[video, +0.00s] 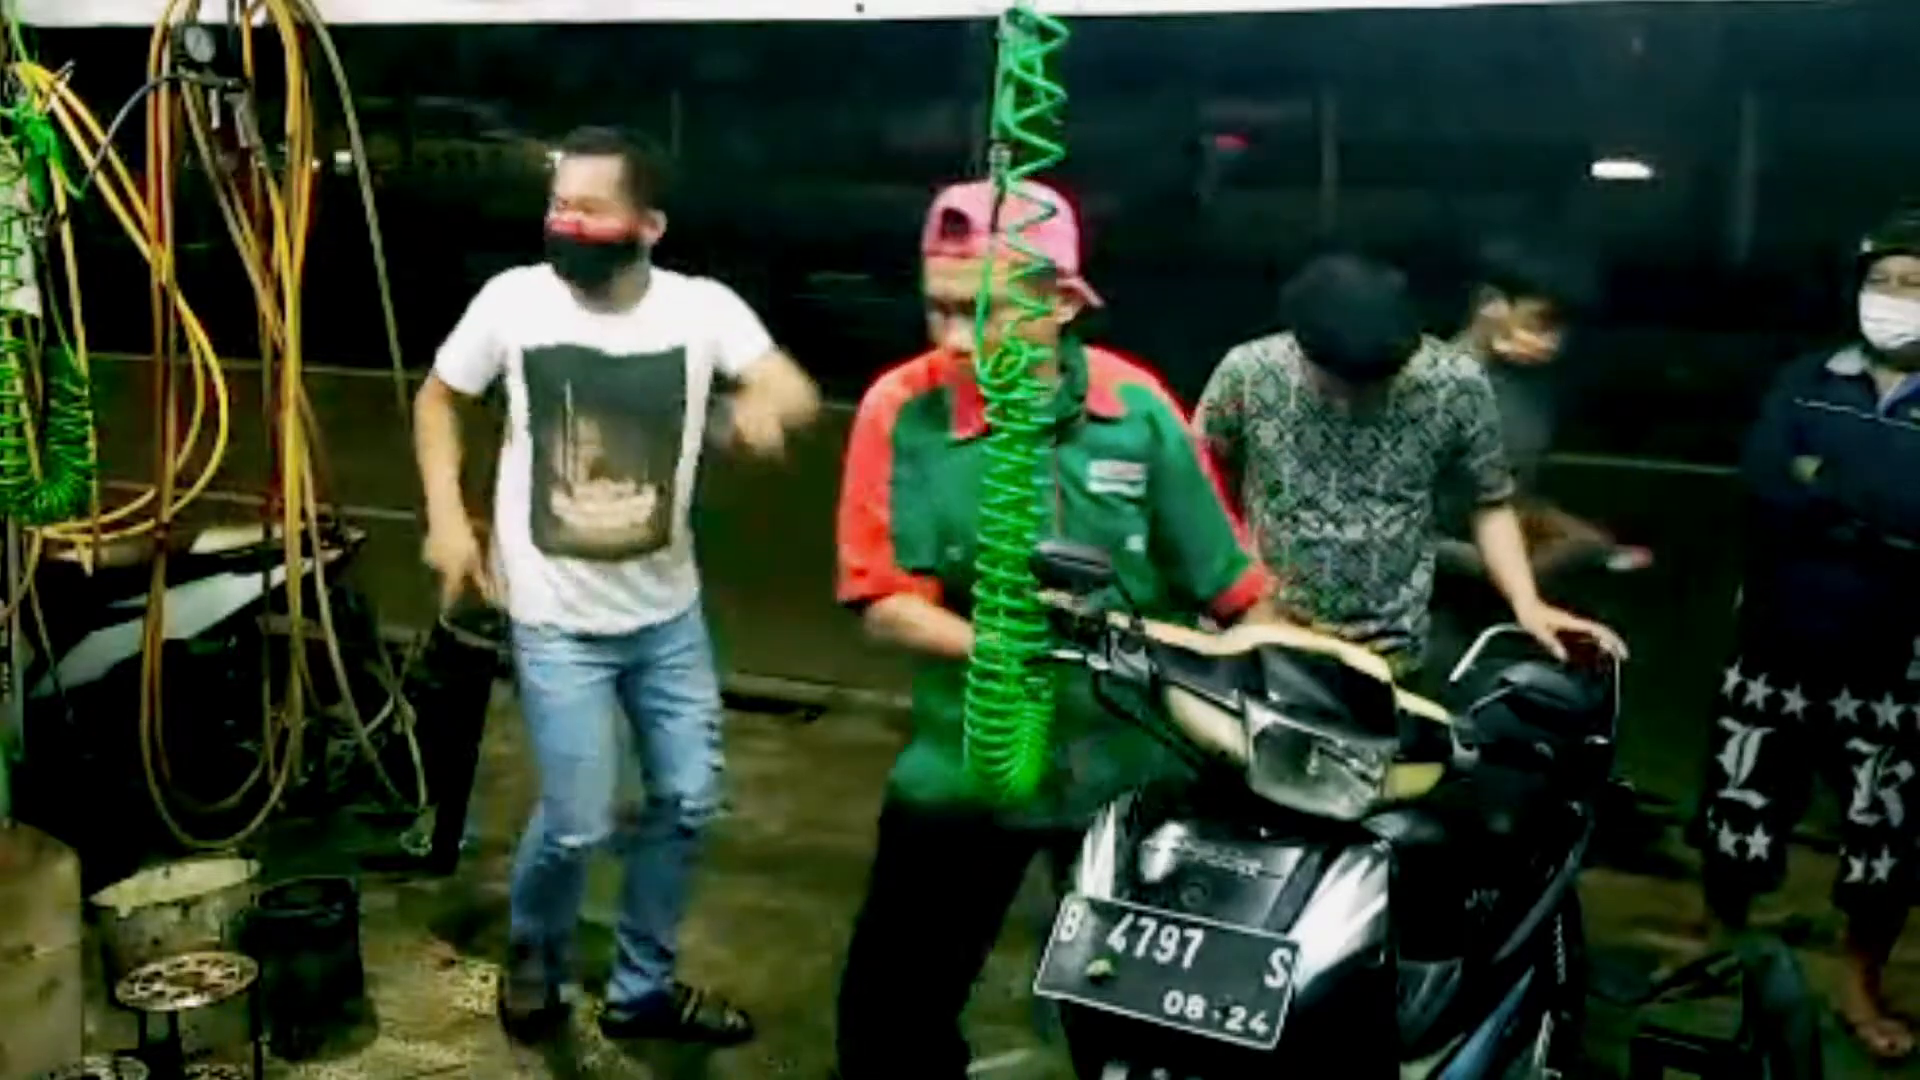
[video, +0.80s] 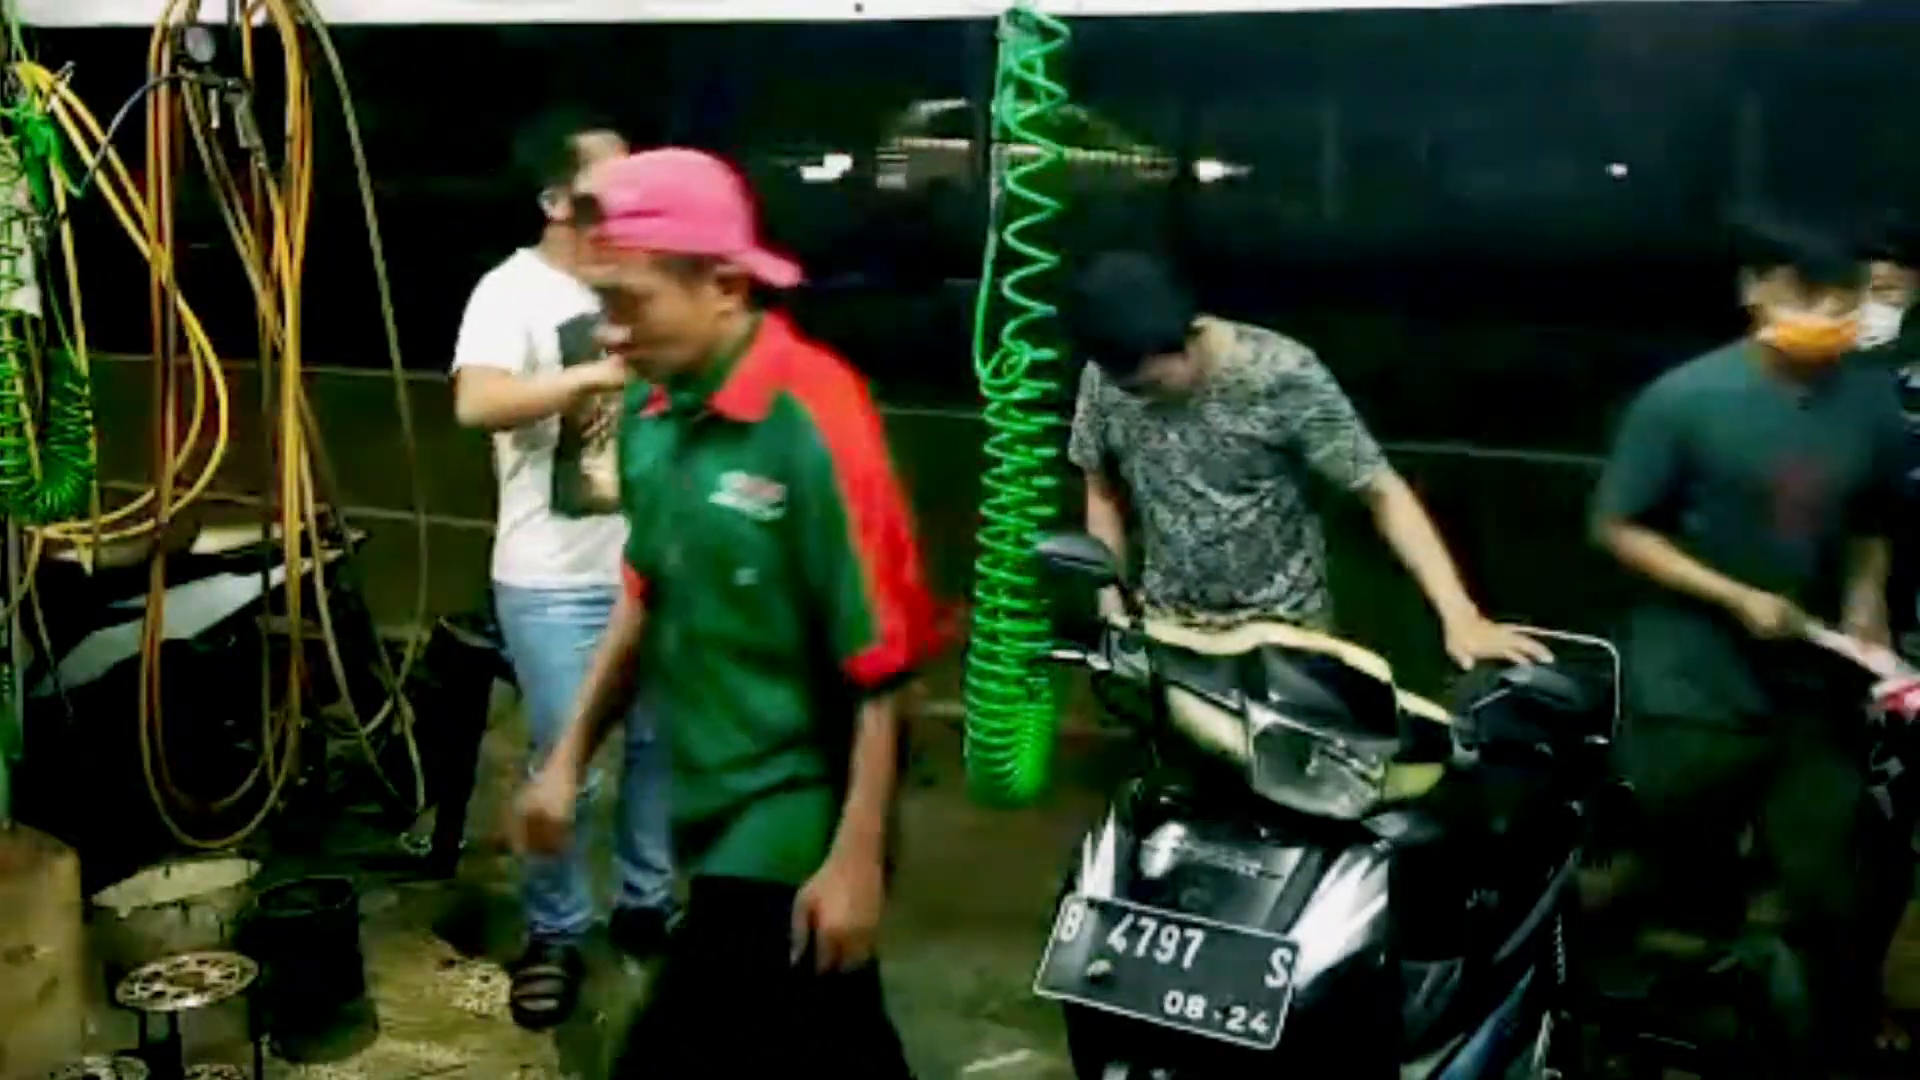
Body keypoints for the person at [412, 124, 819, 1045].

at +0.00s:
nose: (571, 229)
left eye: (593, 214)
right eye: (562, 209)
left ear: (649, 224)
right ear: (548, 209)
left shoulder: (703, 310)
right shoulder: (514, 304)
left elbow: (793, 386)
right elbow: (435, 401)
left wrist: (764, 410)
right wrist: (447, 522)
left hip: (665, 611)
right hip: (554, 617)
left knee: (688, 803)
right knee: (580, 821)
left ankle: (641, 990)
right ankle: (535, 952)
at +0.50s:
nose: (552, 219)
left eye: (569, 202)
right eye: (534, 203)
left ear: (599, 210)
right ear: (507, 215)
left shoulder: (640, 309)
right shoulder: (472, 330)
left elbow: (670, 430)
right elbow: (444, 467)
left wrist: (681, 525)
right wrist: (532, 503)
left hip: (634, 594)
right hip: (525, 605)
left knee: (703, 762)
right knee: (539, 777)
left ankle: (660, 933)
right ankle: (552, 933)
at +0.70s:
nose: (614, 190)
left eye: (615, 174)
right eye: (592, 178)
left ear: (622, 186)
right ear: (541, 200)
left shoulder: (644, 287)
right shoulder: (498, 300)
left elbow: (695, 386)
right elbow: (466, 416)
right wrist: (597, 387)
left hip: (645, 564)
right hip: (544, 578)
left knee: (669, 749)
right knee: (563, 774)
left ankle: (648, 907)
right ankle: (553, 932)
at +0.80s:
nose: (616, 219)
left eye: (623, 203)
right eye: (600, 202)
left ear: (631, 205)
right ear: (557, 204)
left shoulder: (644, 288)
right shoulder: (512, 289)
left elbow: (690, 391)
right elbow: (476, 399)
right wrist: (595, 376)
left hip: (651, 570)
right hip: (550, 576)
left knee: (655, 743)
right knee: (563, 755)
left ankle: (647, 900)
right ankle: (553, 926)